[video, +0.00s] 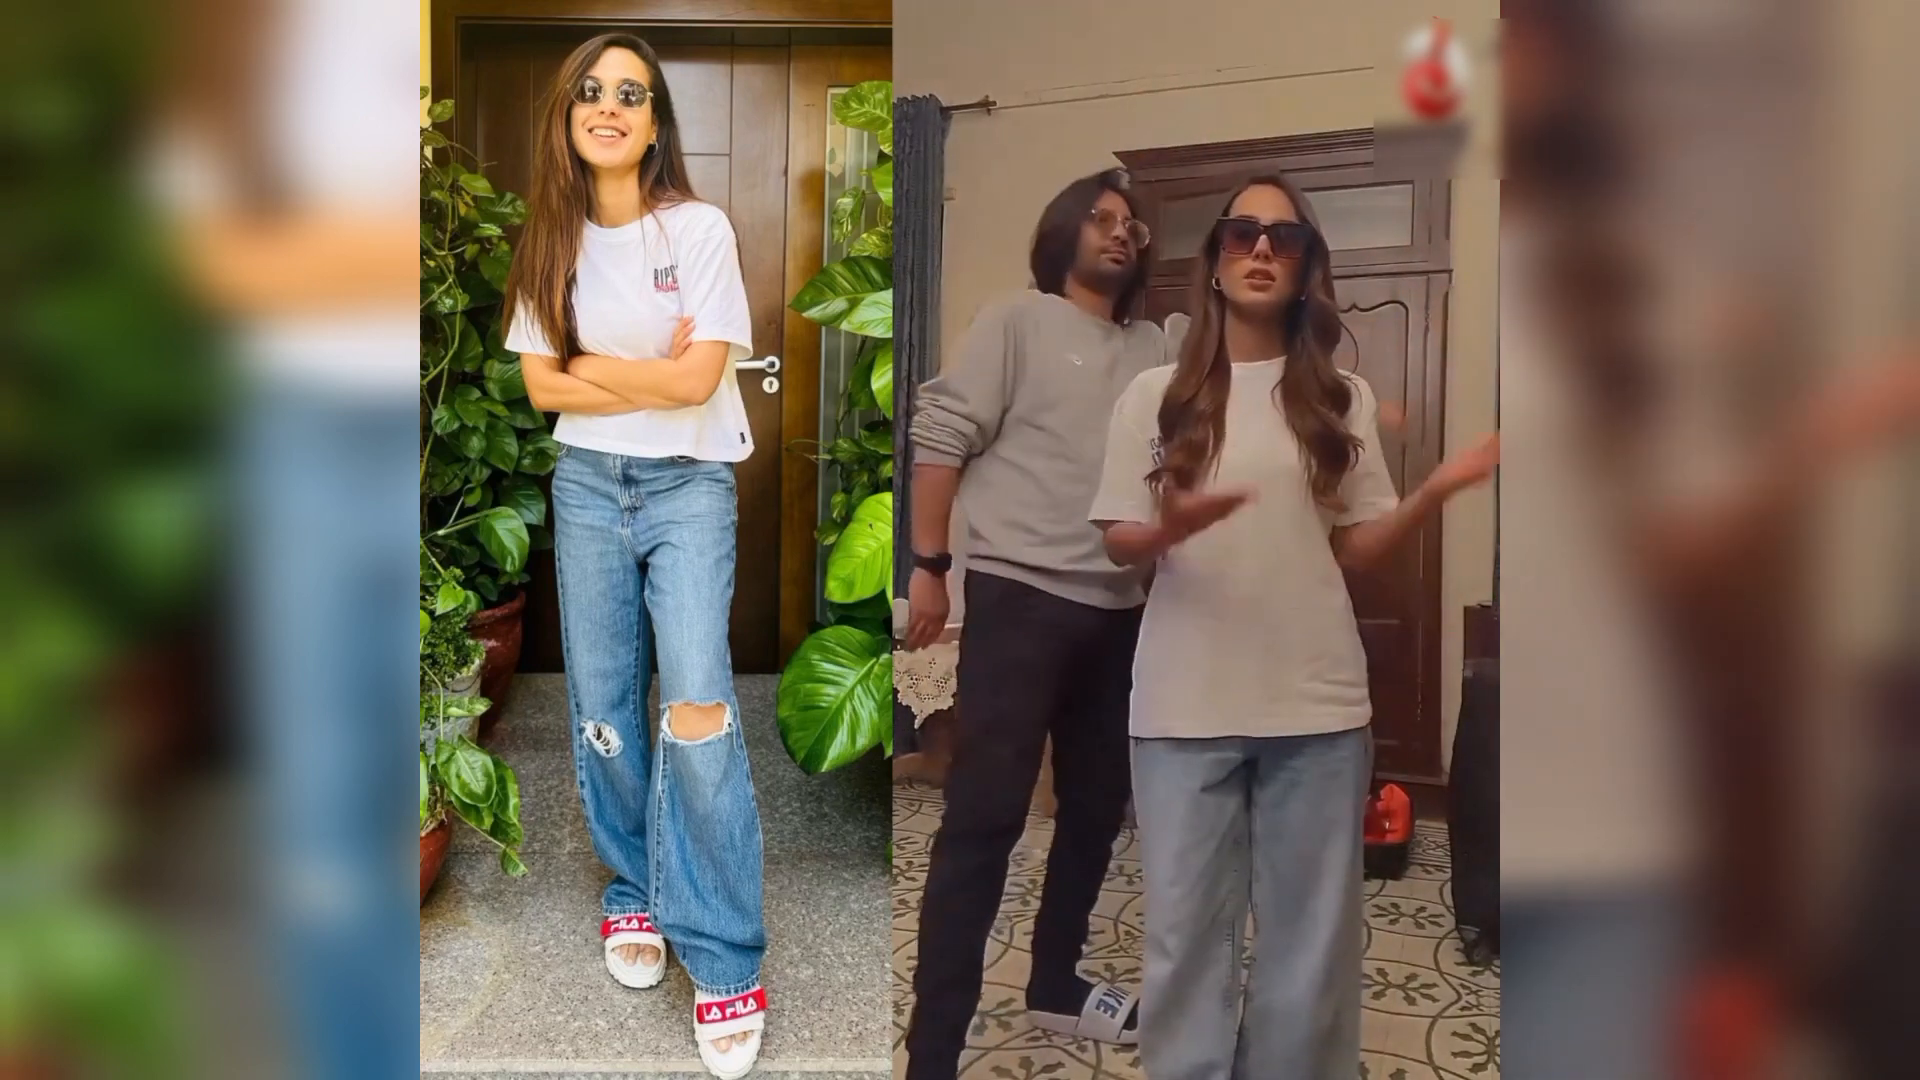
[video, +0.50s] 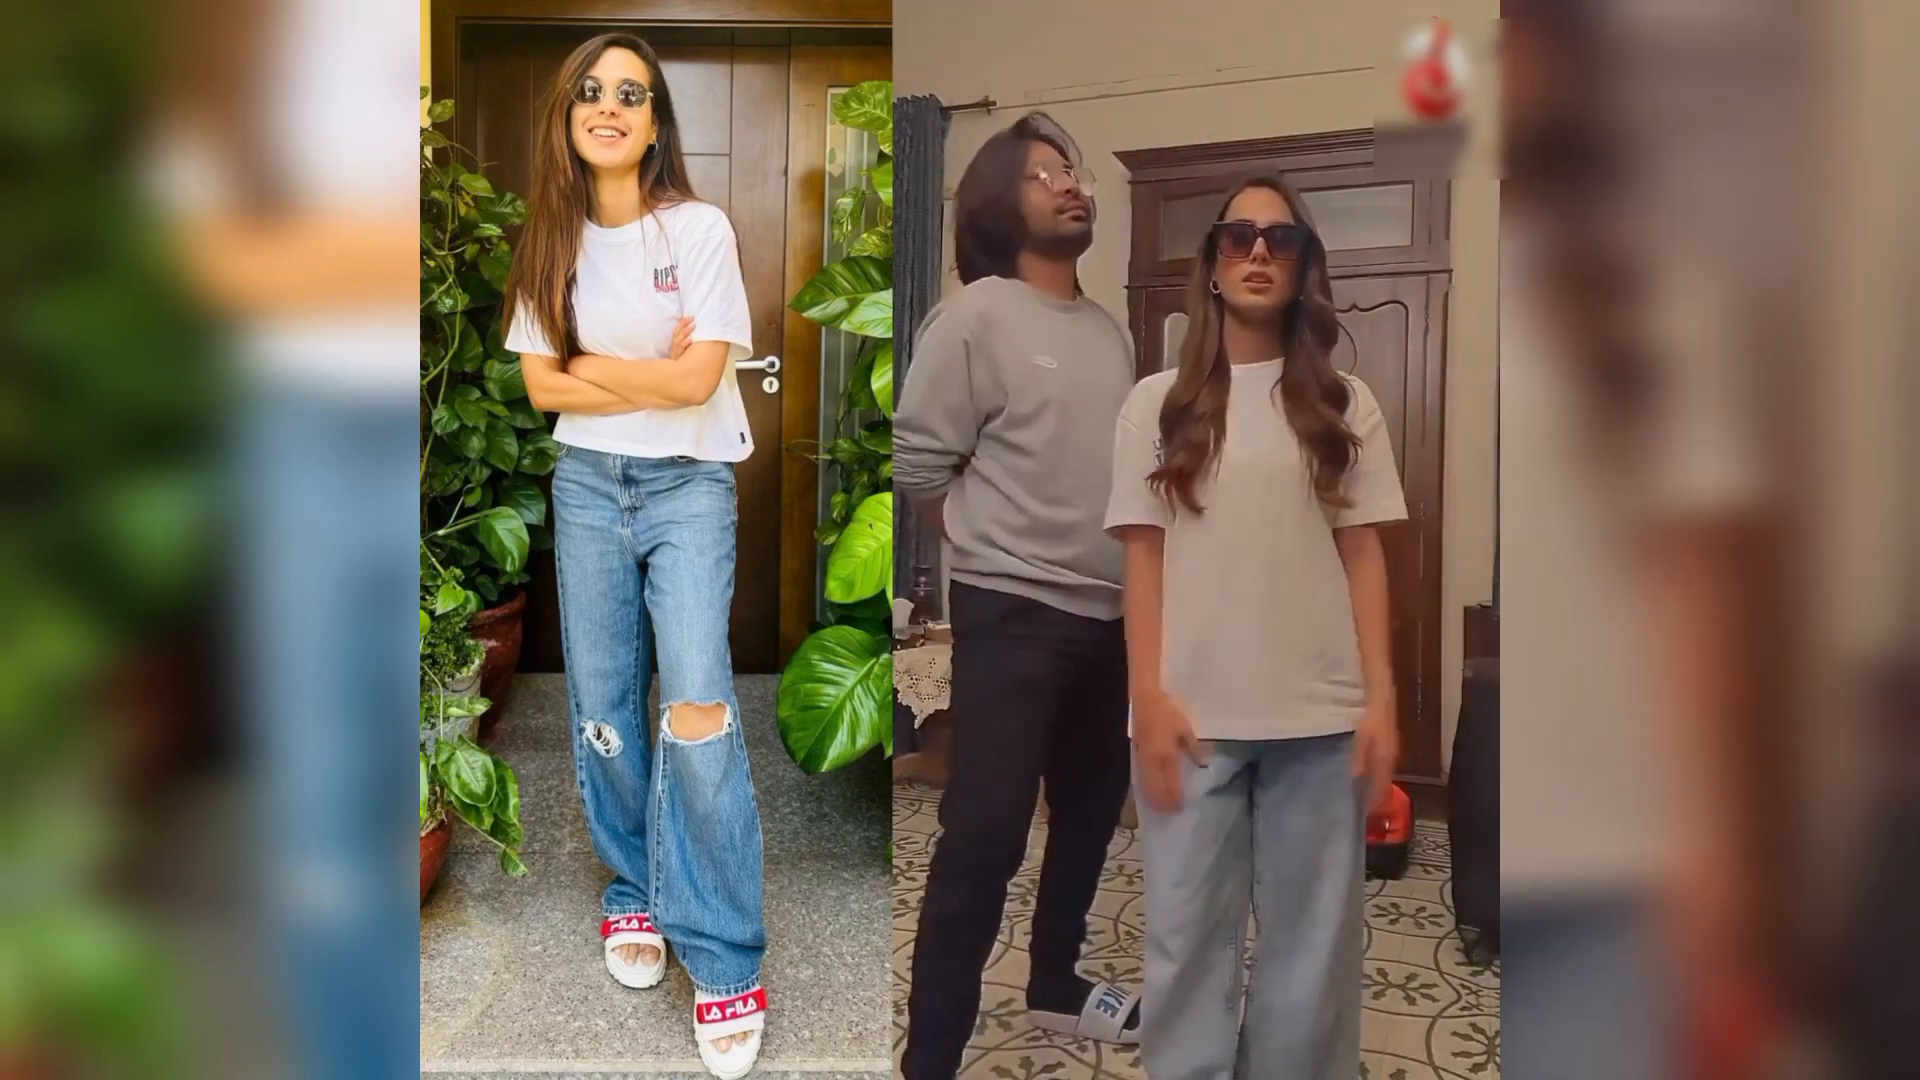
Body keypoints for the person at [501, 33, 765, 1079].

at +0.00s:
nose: (610, 111)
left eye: (630, 97)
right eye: (593, 95)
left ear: (656, 121)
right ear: (566, 117)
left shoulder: (699, 226)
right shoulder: (549, 240)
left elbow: (698, 378)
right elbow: (540, 385)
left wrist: (577, 363)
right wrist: (662, 378)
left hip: (689, 482)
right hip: (584, 484)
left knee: (694, 708)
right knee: (603, 707)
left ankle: (724, 956)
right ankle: (631, 891)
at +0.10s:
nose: (610, 111)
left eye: (630, 97)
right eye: (593, 95)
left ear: (656, 120)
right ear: (566, 117)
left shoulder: (699, 226)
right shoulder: (549, 240)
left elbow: (698, 378)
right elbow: (540, 385)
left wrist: (576, 362)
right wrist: (662, 378)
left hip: (689, 482)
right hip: (584, 484)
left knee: (695, 708)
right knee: (603, 708)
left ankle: (724, 955)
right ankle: (631, 890)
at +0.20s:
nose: (610, 111)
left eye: (630, 97)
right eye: (593, 95)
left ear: (656, 121)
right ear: (566, 117)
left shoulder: (699, 226)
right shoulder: (549, 240)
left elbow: (698, 378)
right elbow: (540, 386)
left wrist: (577, 363)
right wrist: (662, 378)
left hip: (689, 482)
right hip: (584, 484)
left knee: (694, 708)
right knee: (603, 708)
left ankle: (724, 956)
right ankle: (631, 891)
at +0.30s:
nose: (610, 111)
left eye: (630, 97)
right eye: (593, 95)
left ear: (656, 120)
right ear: (566, 117)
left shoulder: (699, 226)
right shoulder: (549, 240)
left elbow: (698, 378)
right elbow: (540, 385)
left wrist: (576, 362)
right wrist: (662, 378)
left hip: (689, 482)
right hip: (584, 484)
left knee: (695, 708)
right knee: (603, 709)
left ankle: (724, 955)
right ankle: (631, 890)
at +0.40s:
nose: (610, 111)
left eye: (630, 97)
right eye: (593, 95)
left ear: (656, 121)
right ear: (566, 117)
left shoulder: (699, 226)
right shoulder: (549, 240)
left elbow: (698, 378)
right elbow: (540, 385)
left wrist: (576, 363)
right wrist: (662, 378)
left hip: (689, 482)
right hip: (584, 484)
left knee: (694, 708)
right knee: (603, 708)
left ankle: (724, 956)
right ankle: (631, 891)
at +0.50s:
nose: (610, 111)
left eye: (630, 98)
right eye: (593, 95)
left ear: (656, 121)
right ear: (566, 117)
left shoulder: (699, 226)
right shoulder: (549, 240)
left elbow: (698, 378)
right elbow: (540, 385)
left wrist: (576, 363)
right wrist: (662, 378)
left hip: (689, 482)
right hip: (584, 484)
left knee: (694, 709)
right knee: (602, 708)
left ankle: (724, 957)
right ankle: (631, 891)